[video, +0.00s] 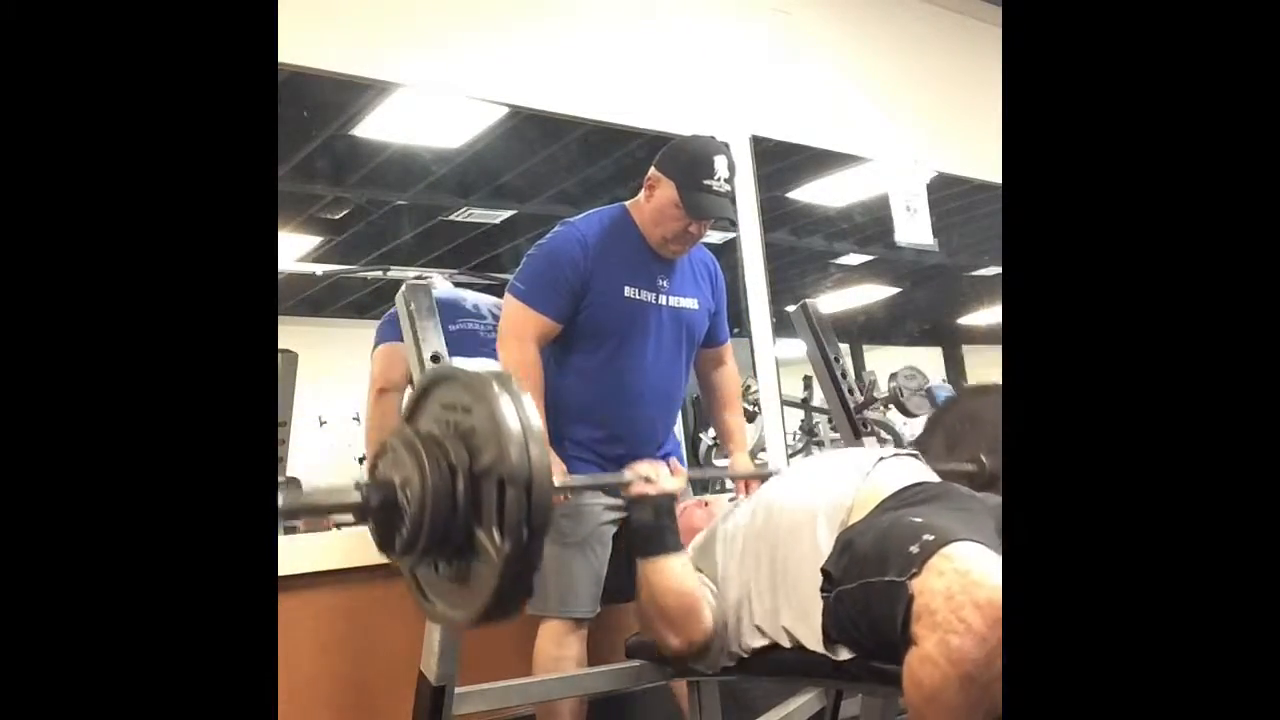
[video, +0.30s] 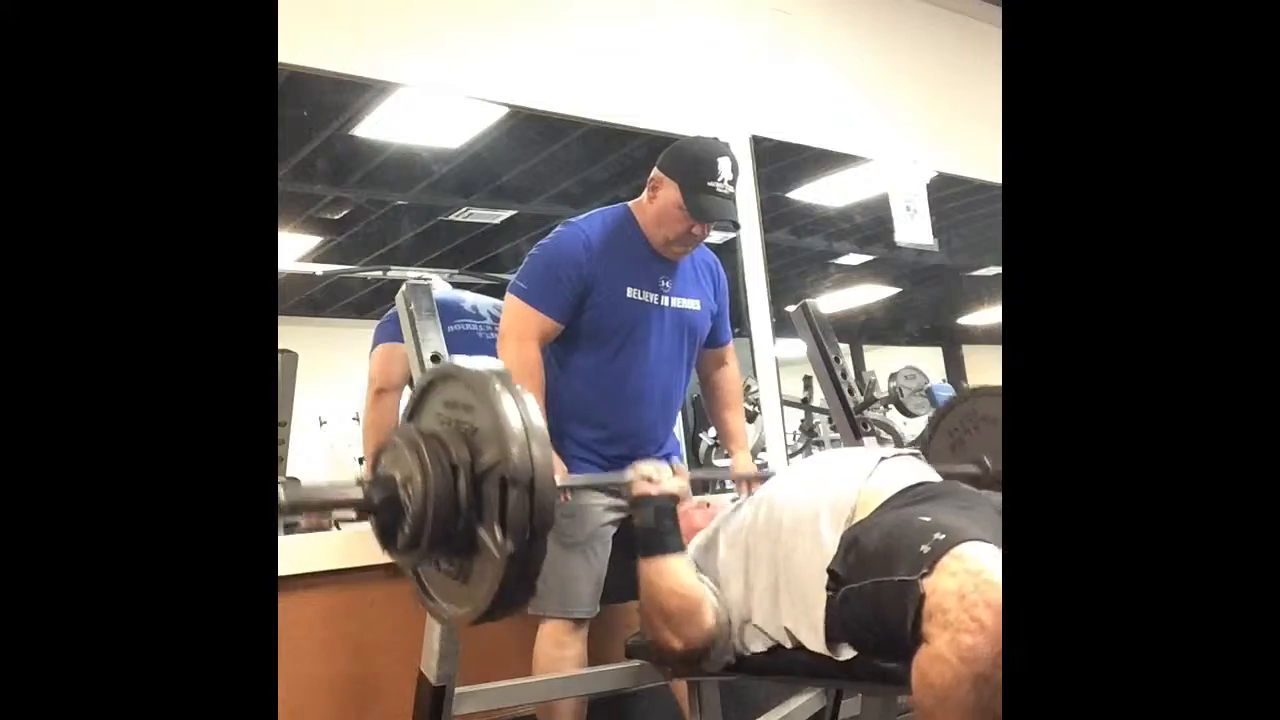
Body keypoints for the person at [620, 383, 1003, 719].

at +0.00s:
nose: (694, 500)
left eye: (694, 496)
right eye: (679, 508)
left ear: (713, 498)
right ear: (674, 540)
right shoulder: (694, 573)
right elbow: (682, 639)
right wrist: (650, 514)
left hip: (946, 491)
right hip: (873, 525)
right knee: (980, 612)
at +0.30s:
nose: (698, 500)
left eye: (698, 495)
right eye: (683, 505)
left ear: (713, 500)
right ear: (674, 541)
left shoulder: (765, 506)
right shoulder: (698, 574)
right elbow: (682, 640)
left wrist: (757, 487)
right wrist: (652, 511)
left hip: (956, 492)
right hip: (871, 528)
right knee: (983, 602)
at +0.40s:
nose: (685, 512)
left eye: (685, 508)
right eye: (675, 523)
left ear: (702, 506)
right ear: (672, 543)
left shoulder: (766, 500)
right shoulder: (701, 596)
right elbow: (667, 610)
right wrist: (644, 488)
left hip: (944, 495)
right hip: (868, 532)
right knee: (978, 601)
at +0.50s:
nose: (677, 509)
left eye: (674, 506)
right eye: (662, 519)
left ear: (688, 511)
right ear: (657, 549)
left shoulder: (761, 504)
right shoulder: (692, 608)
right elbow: (655, 574)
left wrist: (886, 444)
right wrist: (633, 451)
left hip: (941, 493)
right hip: (862, 533)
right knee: (977, 598)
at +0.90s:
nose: (682, 508)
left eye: (682, 502)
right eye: (670, 517)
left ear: (698, 503)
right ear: (666, 546)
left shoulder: (767, 498)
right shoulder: (696, 603)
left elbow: (901, 476)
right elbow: (667, 604)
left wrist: (878, 445)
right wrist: (642, 485)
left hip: (937, 492)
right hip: (867, 530)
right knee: (978, 602)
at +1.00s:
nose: (688, 502)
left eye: (690, 497)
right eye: (674, 506)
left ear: (708, 503)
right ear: (667, 540)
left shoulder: (755, 510)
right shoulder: (691, 580)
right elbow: (675, 635)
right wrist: (645, 512)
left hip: (941, 492)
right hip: (866, 531)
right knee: (979, 601)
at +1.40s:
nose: (680, 506)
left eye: (680, 500)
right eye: (666, 513)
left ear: (696, 504)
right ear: (657, 542)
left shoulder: (745, 503)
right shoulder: (692, 590)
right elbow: (664, 619)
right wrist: (642, 499)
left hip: (933, 490)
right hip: (864, 534)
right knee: (978, 608)